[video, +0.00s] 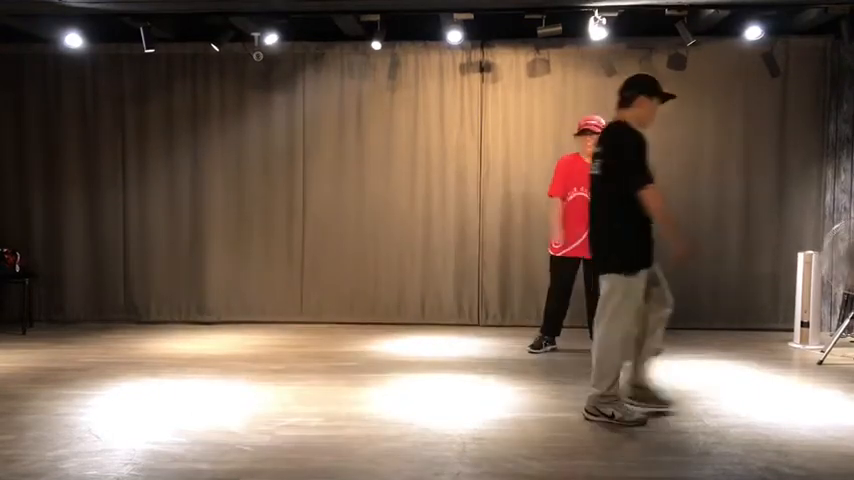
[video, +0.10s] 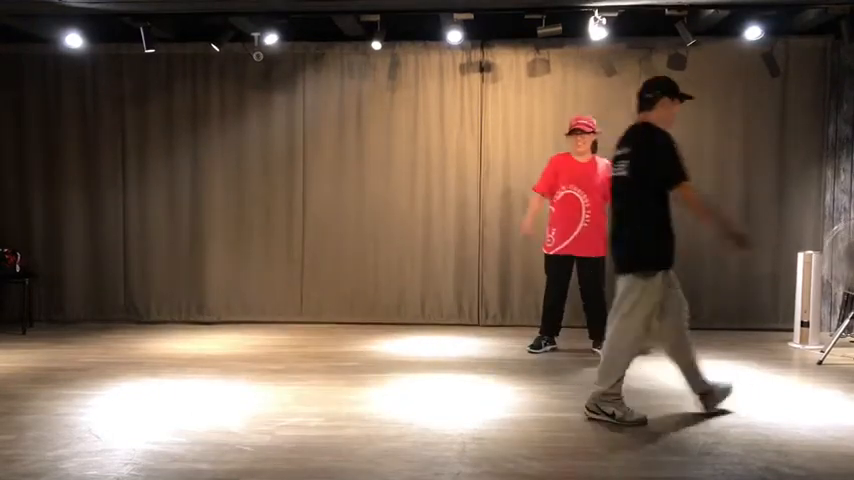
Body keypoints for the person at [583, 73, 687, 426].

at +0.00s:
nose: (657, 112)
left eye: (658, 105)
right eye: (655, 105)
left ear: (630, 102)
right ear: (639, 102)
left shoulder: (613, 136)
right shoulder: (627, 137)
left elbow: (611, 198)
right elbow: (646, 193)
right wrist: (676, 238)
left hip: (626, 250)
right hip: (623, 252)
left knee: (658, 307)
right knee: (616, 323)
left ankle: (636, 384)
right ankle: (601, 398)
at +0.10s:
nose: (677, 112)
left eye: (678, 106)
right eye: (675, 105)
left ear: (648, 104)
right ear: (662, 103)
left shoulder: (630, 138)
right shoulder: (655, 139)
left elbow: (617, 198)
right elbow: (685, 193)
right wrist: (726, 228)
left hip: (638, 250)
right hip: (645, 252)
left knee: (674, 321)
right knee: (627, 327)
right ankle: (604, 398)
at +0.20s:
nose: (696, 111)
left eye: (696, 105)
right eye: (693, 105)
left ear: (666, 106)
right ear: (681, 105)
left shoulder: (649, 141)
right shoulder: (684, 141)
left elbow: (640, 198)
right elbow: (716, 192)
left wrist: (646, 238)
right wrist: (755, 223)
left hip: (656, 248)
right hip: (670, 250)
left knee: (692, 328)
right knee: (647, 327)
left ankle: (721, 391)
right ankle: (611, 392)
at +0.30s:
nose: (716, 109)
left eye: (715, 103)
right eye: (713, 103)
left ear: (684, 106)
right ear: (702, 104)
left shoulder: (669, 140)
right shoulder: (706, 138)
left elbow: (670, 197)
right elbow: (736, 191)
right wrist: (770, 228)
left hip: (673, 243)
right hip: (697, 243)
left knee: (703, 321)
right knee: (699, 318)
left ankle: (726, 395)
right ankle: (636, 376)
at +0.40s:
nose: (731, 110)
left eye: (731, 104)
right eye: (730, 104)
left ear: (700, 105)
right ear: (721, 104)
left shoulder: (683, 139)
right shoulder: (727, 136)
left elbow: (684, 197)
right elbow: (750, 193)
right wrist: (773, 237)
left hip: (687, 247)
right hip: (720, 244)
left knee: (710, 324)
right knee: (745, 311)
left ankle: (729, 396)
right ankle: (688, 367)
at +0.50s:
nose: (746, 110)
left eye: (745, 104)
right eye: (745, 104)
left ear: (713, 105)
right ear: (736, 103)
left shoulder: (693, 141)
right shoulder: (746, 139)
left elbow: (693, 199)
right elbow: (760, 197)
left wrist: (696, 241)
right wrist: (774, 242)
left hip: (702, 245)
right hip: (741, 243)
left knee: (717, 317)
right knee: (766, 304)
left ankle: (727, 392)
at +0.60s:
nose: (761, 111)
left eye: (760, 106)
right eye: (761, 106)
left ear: (728, 106)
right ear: (754, 105)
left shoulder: (705, 142)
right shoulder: (762, 141)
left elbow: (708, 199)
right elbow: (771, 196)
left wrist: (712, 238)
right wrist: (778, 241)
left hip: (716, 247)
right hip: (756, 246)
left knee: (723, 325)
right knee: (783, 316)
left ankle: (729, 395)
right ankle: (794, 386)